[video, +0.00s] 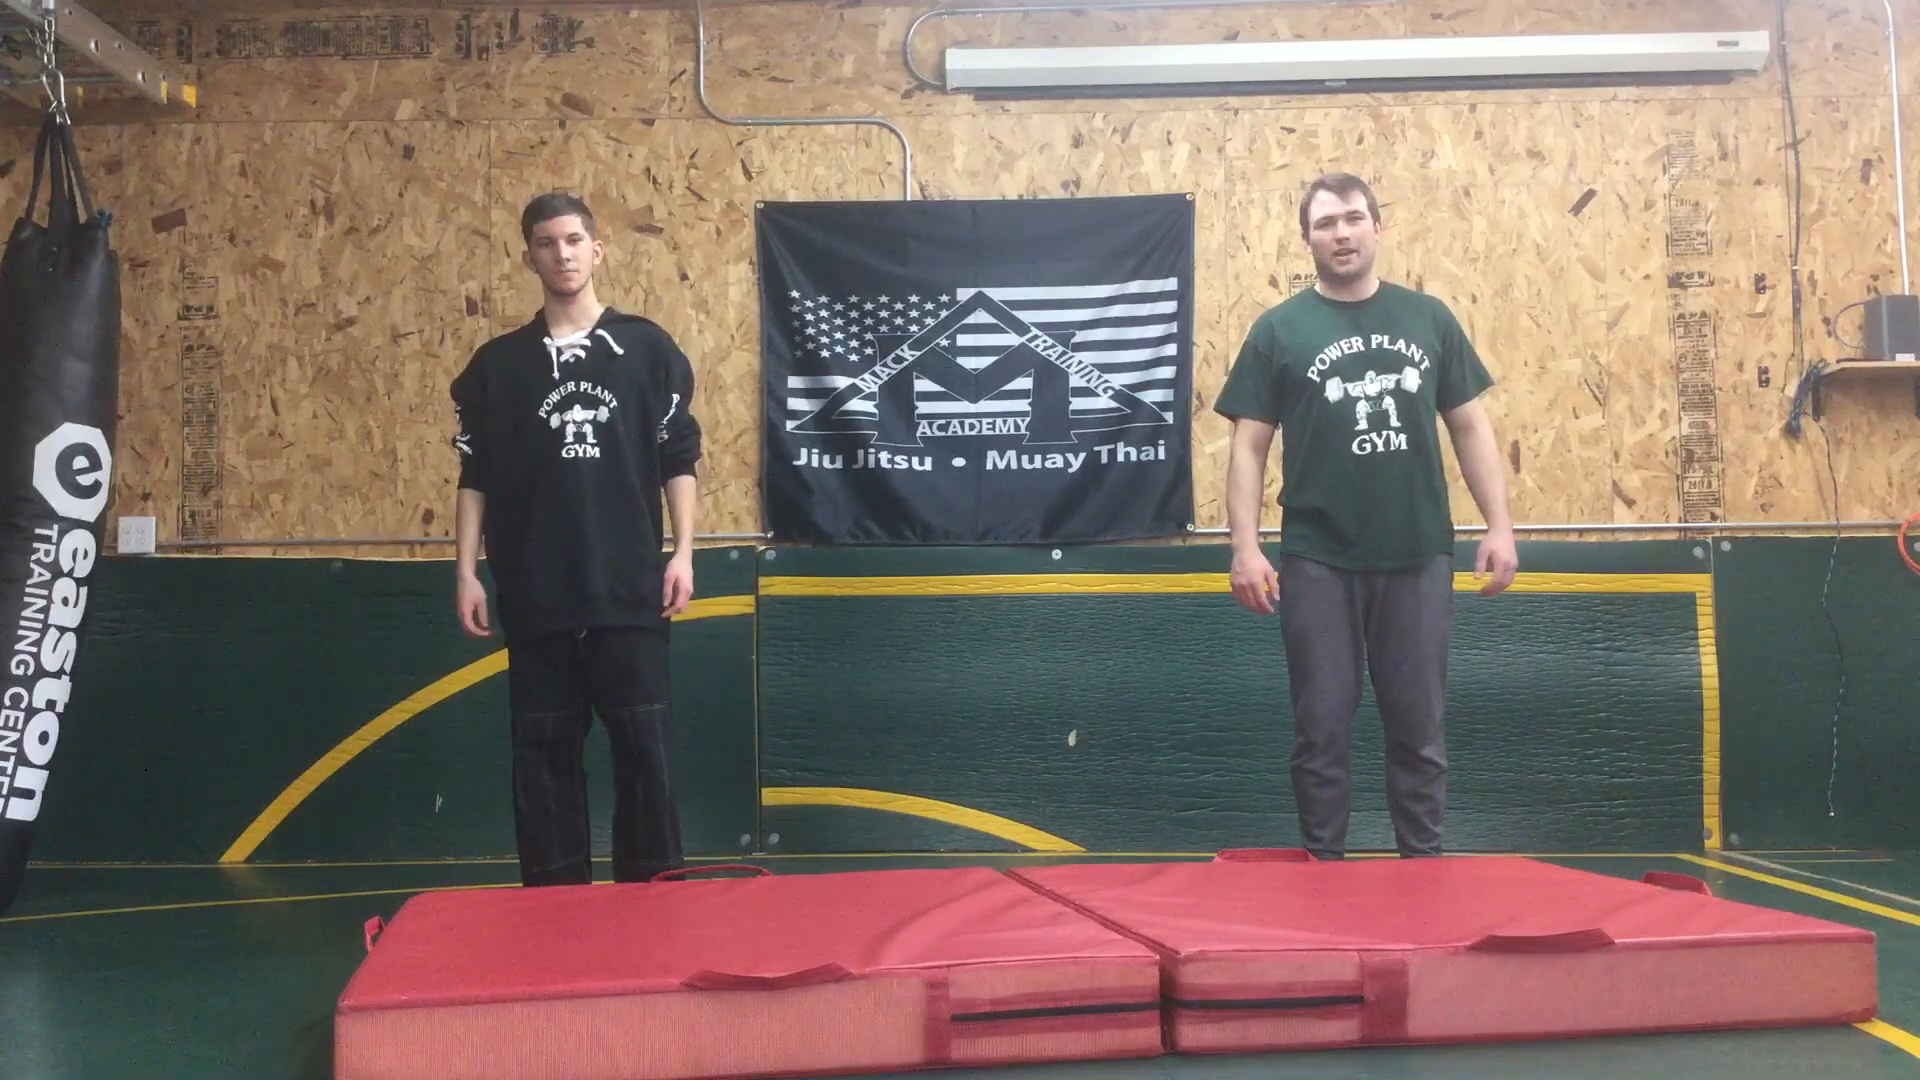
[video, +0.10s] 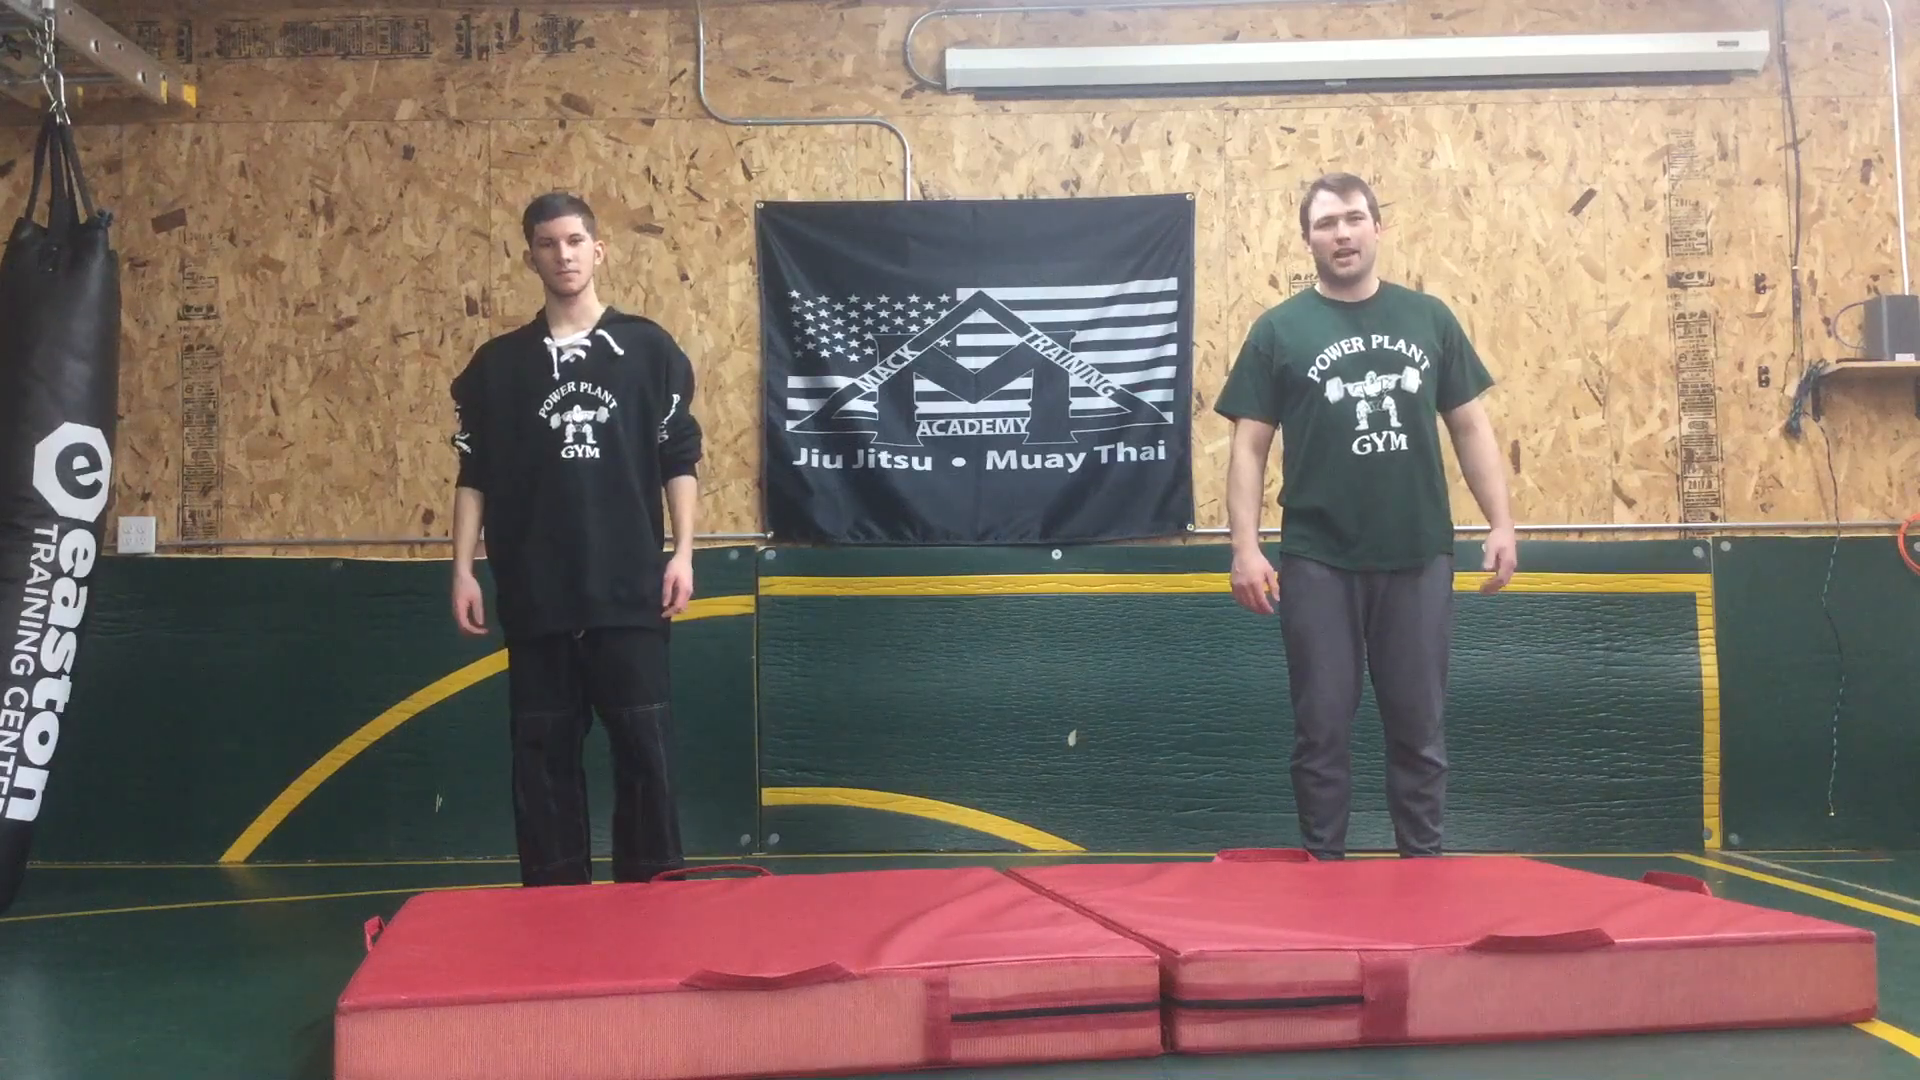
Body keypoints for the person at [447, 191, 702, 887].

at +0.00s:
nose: (563, 254)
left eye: (574, 240)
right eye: (547, 244)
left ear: (596, 249)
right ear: (530, 258)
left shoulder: (647, 347)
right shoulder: (494, 364)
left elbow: (679, 458)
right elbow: (474, 476)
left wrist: (683, 550)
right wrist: (467, 570)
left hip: (629, 583)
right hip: (533, 589)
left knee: (644, 754)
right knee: (544, 761)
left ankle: (653, 904)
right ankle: (554, 910)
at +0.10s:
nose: (564, 255)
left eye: (575, 240)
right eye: (549, 245)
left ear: (597, 248)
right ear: (532, 258)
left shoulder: (648, 347)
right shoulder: (495, 363)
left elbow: (679, 457)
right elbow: (473, 475)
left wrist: (683, 550)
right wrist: (464, 567)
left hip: (628, 582)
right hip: (533, 588)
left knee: (644, 752)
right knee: (544, 759)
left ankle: (653, 902)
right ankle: (554, 908)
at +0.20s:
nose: (565, 256)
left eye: (576, 241)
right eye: (550, 246)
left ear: (598, 249)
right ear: (533, 259)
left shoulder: (649, 348)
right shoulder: (495, 363)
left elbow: (680, 457)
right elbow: (474, 473)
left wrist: (684, 551)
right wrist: (462, 565)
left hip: (629, 582)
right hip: (533, 588)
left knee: (644, 753)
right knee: (544, 760)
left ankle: (653, 904)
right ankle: (554, 910)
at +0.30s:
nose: (566, 256)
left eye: (577, 242)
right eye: (551, 246)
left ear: (598, 249)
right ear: (534, 258)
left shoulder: (649, 348)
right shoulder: (496, 363)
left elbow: (679, 458)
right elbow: (474, 473)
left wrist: (684, 551)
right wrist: (461, 565)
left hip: (628, 583)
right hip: (533, 589)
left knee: (644, 754)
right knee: (543, 761)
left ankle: (653, 904)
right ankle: (554, 910)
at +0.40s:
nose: (566, 256)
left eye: (577, 242)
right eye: (551, 246)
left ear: (599, 250)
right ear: (534, 258)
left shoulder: (649, 349)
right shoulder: (495, 363)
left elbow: (678, 459)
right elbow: (474, 474)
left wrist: (683, 552)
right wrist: (463, 568)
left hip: (628, 584)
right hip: (532, 590)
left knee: (645, 756)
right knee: (543, 763)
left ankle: (653, 905)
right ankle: (554, 911)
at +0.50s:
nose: (566, 256)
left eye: (576, 242)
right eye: (550, 246)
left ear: (598, 250)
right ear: (533, 259)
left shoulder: (648, 349)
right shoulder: (494, 363)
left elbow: (677, 459)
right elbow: (475, 474)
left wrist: (682, 551)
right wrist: (465, 570)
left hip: (628, 584)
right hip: (532, 590)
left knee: (644, 755)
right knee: (543, 762)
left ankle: (653, 904)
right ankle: (554, 910)